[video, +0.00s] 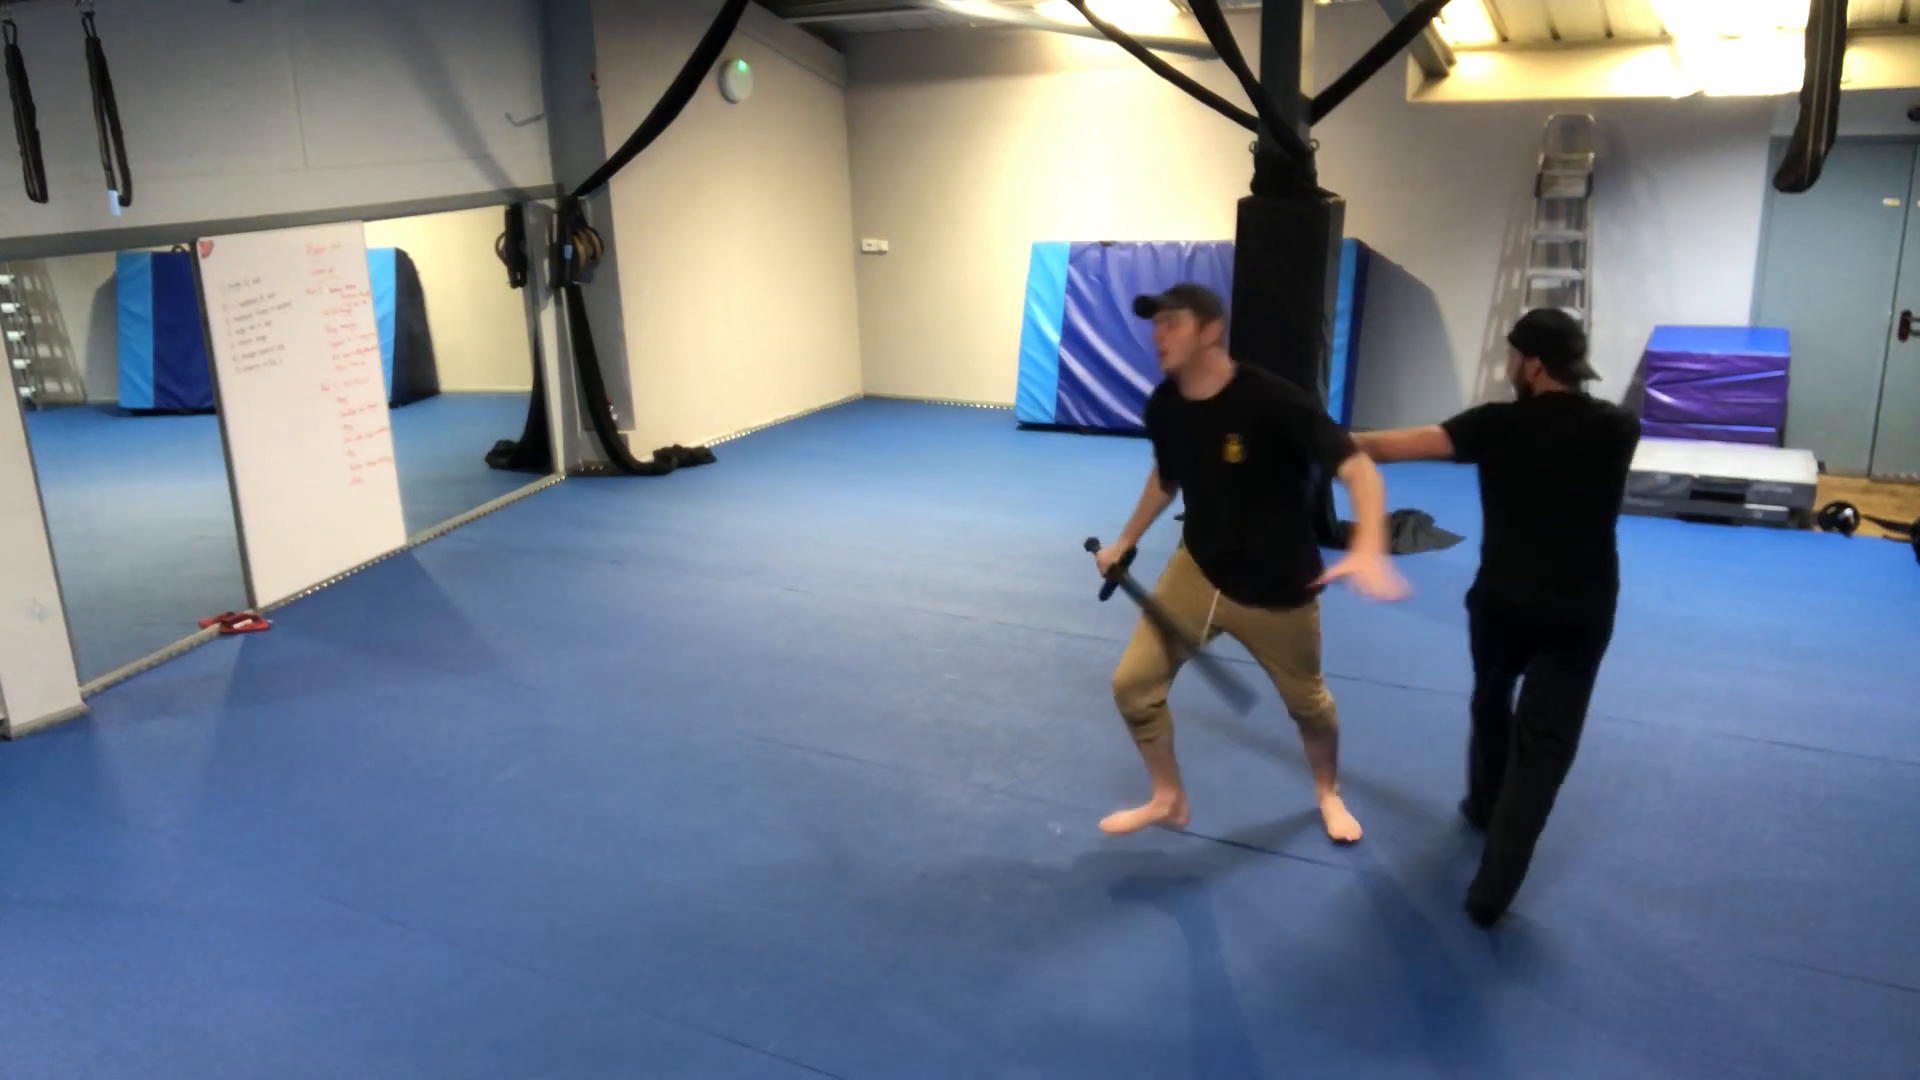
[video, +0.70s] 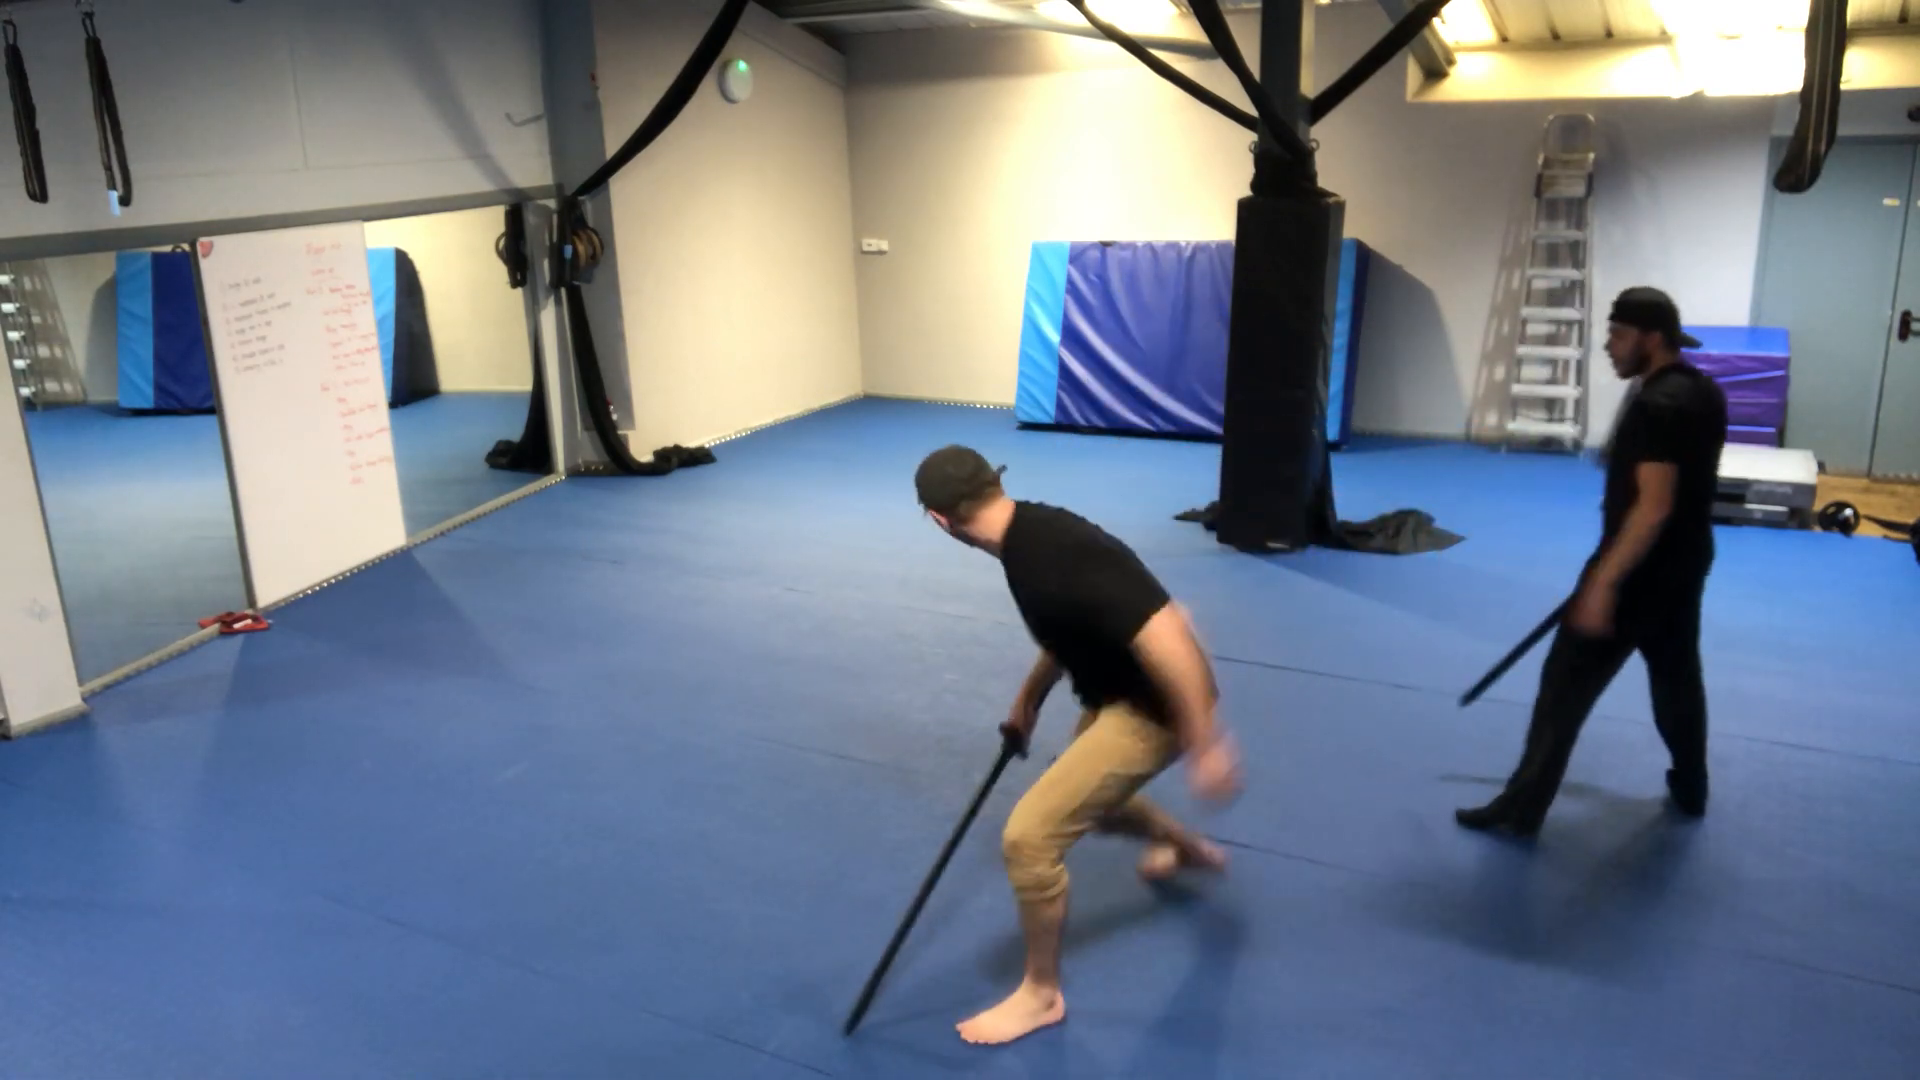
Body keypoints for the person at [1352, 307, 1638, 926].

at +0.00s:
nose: (1510, 367)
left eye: (1513, 358)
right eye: (1513, 356)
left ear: (1531, 363)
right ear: (1576, 362)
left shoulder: (1499, 424)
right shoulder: (1619, 427)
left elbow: (1395, 445)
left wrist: (1337, 443)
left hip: (1504, 603)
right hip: (1581, 614)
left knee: (1491, 694)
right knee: (1547, 745)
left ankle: (1484, 800)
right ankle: (1491, 895)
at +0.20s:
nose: (1524, 353)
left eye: (1529, 343)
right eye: (1526, 342)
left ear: (1552, 347)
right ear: (1586, 346)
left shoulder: (1525, 406)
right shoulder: (1635, 407)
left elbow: (1434, 428)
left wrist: (1355, 439)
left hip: (1529, 582)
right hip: (1605, 588)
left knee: (1516, 701)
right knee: (1585, 710)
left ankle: (1509, 820)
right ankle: (1552, 835)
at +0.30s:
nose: (1533, 348)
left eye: (1539, 337)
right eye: (1535, 336)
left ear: (1568, 342)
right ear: (1594, 344)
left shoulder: (1544, 402)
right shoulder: (1648, 407)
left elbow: (1466, 437)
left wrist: (1375, 463)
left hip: (1542, 576)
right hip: (1616, 580)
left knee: (1522, 701)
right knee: (1611, 686)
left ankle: (1509, 820)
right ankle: (1616, 815)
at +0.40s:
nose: (1548, 346)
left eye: (1555, 336)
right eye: (1550, 335)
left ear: (1587, 342)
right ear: (1604, 343)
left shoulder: (1571, 400)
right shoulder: (1657, 403)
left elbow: (1510, 455)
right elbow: (1650, 475)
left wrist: (1410, 487)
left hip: (1558, 571)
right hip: (1624, 574)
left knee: (1527, 696)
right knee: (1636, 676)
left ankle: (1508, 817)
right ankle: (1669, 799)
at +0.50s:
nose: (1567, 349)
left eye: (1575, 339)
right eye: (1569, 338)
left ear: (1607, 345)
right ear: (1625, 346)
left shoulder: (1600, 407)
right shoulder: (1669, 405)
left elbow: (1562, 476)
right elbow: (1640, 490)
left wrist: (1464, 516)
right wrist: (1577, 534)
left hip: (1580, 576)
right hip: (1636, 577)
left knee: (1530, 694)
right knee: (1653, 684)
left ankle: (1508, 818)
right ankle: (1688, 788)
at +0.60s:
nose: (1590, 349)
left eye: (1598, 338)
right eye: (1592, 337)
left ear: (1631, 344)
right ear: (1643, 345)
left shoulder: (1631, 410)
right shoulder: (1686, 401)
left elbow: (1612, 502)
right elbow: (1667, 496)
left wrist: (1526, 561)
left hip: (1608, 573)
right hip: (1658, 574)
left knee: (1549, 693)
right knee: (1664, 685)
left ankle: (1510, 816)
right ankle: (1688, 792)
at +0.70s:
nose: (1608, 344)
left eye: (1617, 333)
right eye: (1610, 333)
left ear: (1650, 338)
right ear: (1659, 339)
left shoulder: (1657, 401)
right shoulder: (1701, 393)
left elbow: (1654, 505)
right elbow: (1683, 494)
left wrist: (1602, 581)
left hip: (1637, 567)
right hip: (1678, 568)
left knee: (1565, 686)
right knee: (1678, 685)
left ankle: (1522, 807)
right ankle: (1690, 790)